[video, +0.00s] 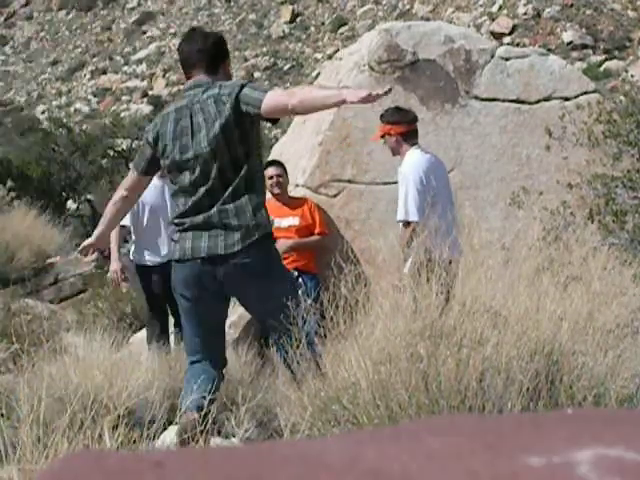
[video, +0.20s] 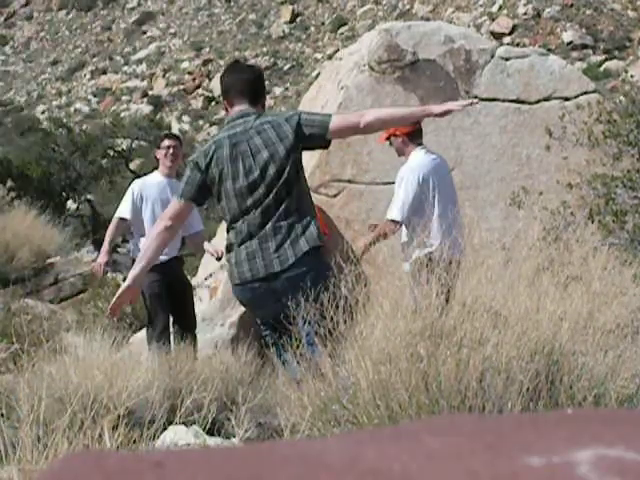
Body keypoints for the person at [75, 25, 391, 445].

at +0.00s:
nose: (229, 70)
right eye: (228, 64)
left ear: (183, 71)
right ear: (225, 64)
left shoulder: (163, 122)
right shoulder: (235, 94)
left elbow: (129, 190)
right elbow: (287, 102)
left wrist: (100, 235)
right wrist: (345, 96)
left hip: (189, 258)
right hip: (247, 249)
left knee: (203, 358)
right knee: (289, 335)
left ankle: (186, 423)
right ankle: (323, 413)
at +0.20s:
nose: (230, 105)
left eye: (225, 99)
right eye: (255, 97)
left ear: (224, 102)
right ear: (263, 97)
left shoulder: (208, 152)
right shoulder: (286, 124)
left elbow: (169, 223)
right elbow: (361, 122)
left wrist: (133, 277)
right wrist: (429, 110)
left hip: (249, 272)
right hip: (302, 256)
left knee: (282, 348)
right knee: (328, 343)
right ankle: (342, 410)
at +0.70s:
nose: (259, 137)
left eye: (258, 133)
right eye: (270, 132)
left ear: (258, 136)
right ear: (291, 133)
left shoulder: (242, 175)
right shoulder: (311, 168)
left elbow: (193, 209)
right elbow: (372, 196)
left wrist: (153, 228)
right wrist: (427, 213)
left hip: (274, 286)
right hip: (315, 281)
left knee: (285, 360)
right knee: (316, 354)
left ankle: (307, 417)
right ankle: (327, 410)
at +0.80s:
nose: (260, 145)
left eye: (258, 140)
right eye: (276, 139)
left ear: (257, 144)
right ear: (290, 143)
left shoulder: (240, 184)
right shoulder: (307, 182)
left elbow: (184, 214)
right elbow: (359, 214)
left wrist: (143, 233)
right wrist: (414, 235)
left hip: (262, 296)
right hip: (303, 292)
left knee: (262, 377)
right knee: (309, 373)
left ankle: (267, 440)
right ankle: (314, 435)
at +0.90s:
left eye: (253, 154)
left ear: (253, 156)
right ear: (284, 154)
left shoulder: (237, 192)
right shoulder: (302, 191)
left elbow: (187, 229)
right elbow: (349, 225)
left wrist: (147, 254)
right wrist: (394, 250)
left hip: (257, 298)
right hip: (299, 296)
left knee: (253, 368)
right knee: (307, 368)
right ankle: (319, 420)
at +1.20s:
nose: (252, 168)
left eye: (246, 164)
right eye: (265, 162)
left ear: (244, 166)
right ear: (274, 162)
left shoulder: (230, 203)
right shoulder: (293, 196)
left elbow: (189, 228)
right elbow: (340, 207)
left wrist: (156, 244)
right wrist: (382, 206)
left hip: (252, 299)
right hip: (292, 294)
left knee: (265, 366)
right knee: (308, 360)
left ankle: (272, 420)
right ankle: (317, 416)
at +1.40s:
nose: (268, 135)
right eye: (270, 129)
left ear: (244, 135)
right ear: (274, 132)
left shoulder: (230, 169)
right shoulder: (290, 162)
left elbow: (194, 171)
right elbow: (338, 154)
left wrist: (175, 155)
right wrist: (376, 133)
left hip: (253, 261)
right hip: (290, 254)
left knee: (263, 324)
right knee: (304, 317)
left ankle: (271, 387)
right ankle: (316, 375)